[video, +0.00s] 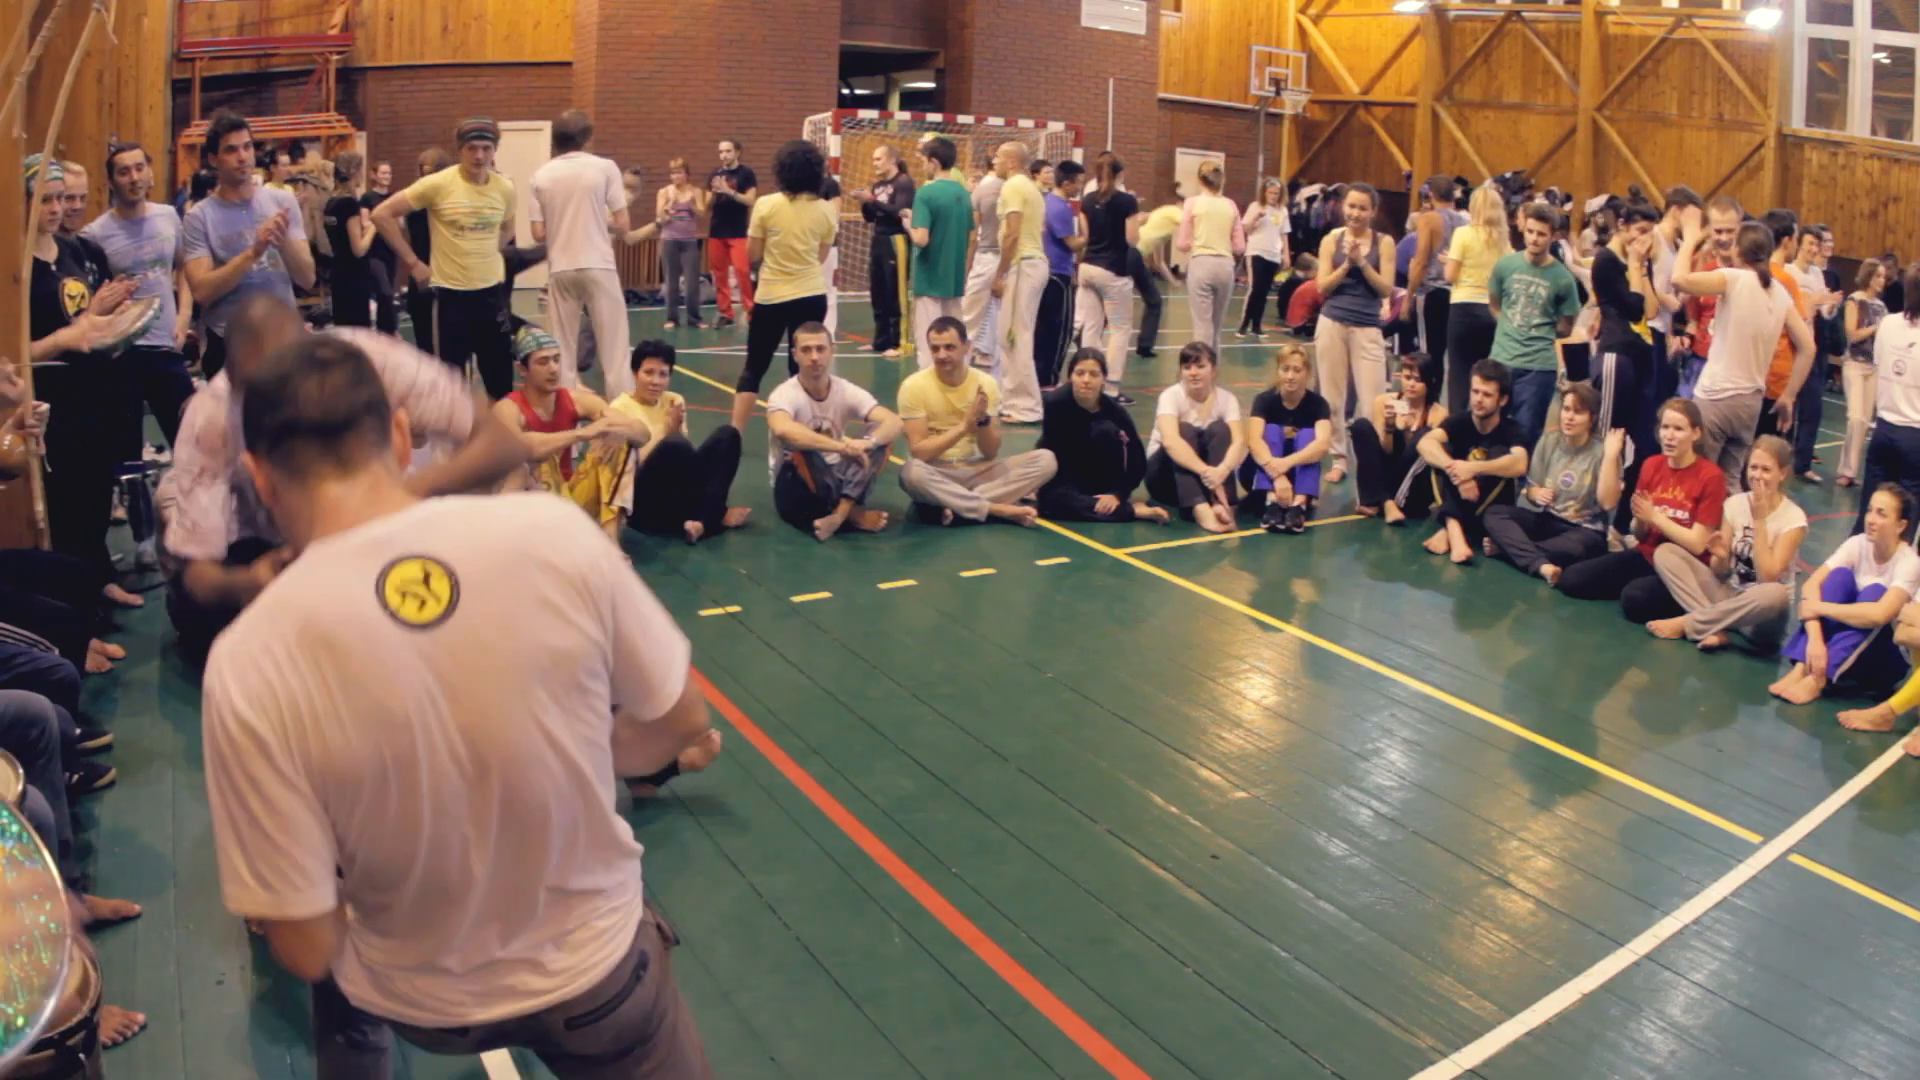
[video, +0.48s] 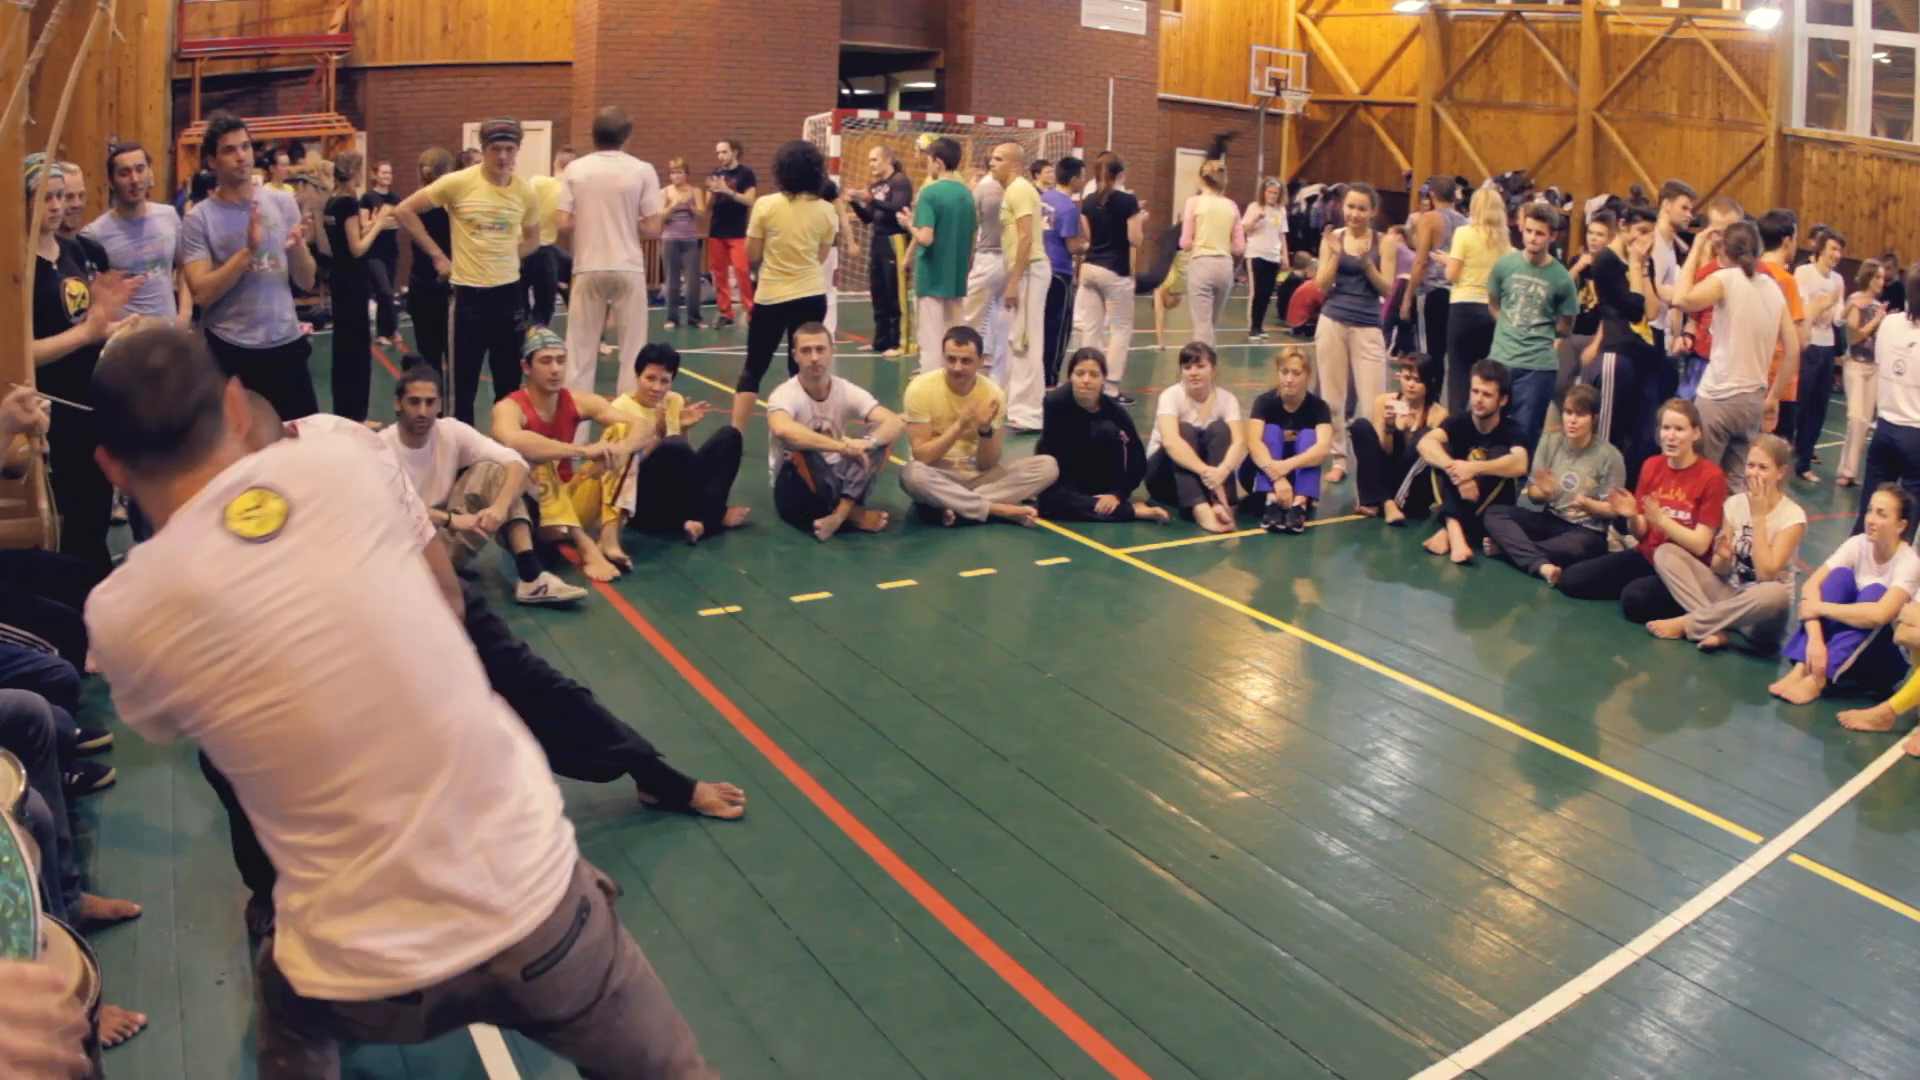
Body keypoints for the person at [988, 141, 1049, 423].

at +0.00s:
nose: (994, 162)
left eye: (998, 157)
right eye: (996, 157)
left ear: (1012, 161)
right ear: (1018, 162)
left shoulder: (1013, 185)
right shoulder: (1031, 186)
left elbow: (1013, 232)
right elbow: (1039, 228)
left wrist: (1000, 273)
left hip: (1024, 262)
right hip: (1036, 260)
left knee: (1016, 333)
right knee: (1014, 332)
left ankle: (1025, 405)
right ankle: (1014, 400)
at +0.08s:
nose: (993, 162)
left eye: (997, 157)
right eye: (994, 157)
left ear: (1012, 161)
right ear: (1016, 162)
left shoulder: (1014, 185)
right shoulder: (1026, 185)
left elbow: (1015, 231)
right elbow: (1038, 228)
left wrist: (1002, 273)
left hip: (1025, 262)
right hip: (1033, 260)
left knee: (1017, 333)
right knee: (1012, 333)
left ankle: (1026, 404)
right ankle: (1012, 399)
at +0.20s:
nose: (993, 163)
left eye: (998, 157)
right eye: (994, 157)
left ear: (1015, 161)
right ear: (1016, 163)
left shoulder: (1015, 186)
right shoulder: (1025, 185)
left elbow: (1017, 233)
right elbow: (1028, 231)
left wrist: (1004, 274)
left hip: (1026, 263)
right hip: (1031, 261)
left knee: (1019, 333)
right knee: (1016, 333)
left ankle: (1027, 405)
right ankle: (1016, 400)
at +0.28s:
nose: (993, 163)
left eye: (999, 158)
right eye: (994, 158)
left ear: (1016, 162)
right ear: (1014, 163)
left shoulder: (1017, 186)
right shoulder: (1023, 186)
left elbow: (1019, 232)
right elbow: (1023, 232)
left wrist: (1007, 276)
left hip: (1028, 264)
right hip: (1029, 262)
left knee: (1022, 337)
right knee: (1017, 337)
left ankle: (1030, 408)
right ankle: (1020, 403)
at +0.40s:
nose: (993, 163)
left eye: (999, 158)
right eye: (993, 158)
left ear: (1015, 162)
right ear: (1008, 163)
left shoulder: (1018, 188)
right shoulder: (1018, 188)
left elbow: (1022, 235)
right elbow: (1021, 235)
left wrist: (1010, 278)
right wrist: (1010, 275)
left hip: (1030, 265)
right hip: (1025, 264)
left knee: (1025, 338)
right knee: (1019, 338)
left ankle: (1029, 410)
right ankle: (1020, 404)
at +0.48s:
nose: (992, 164)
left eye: (998, 159)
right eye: (993, 159)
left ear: (1016, 163)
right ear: (1006, 164)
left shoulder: (1019, 190)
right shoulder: (1018, 189)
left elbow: (1025, 235)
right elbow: (1025, 235)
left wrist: (1013, 280)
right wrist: (1013, 277)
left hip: (1031, 268)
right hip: (1025, 267)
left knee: (1025, 340)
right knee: (1020, 340)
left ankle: (1027, 412)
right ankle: (1019, 407)